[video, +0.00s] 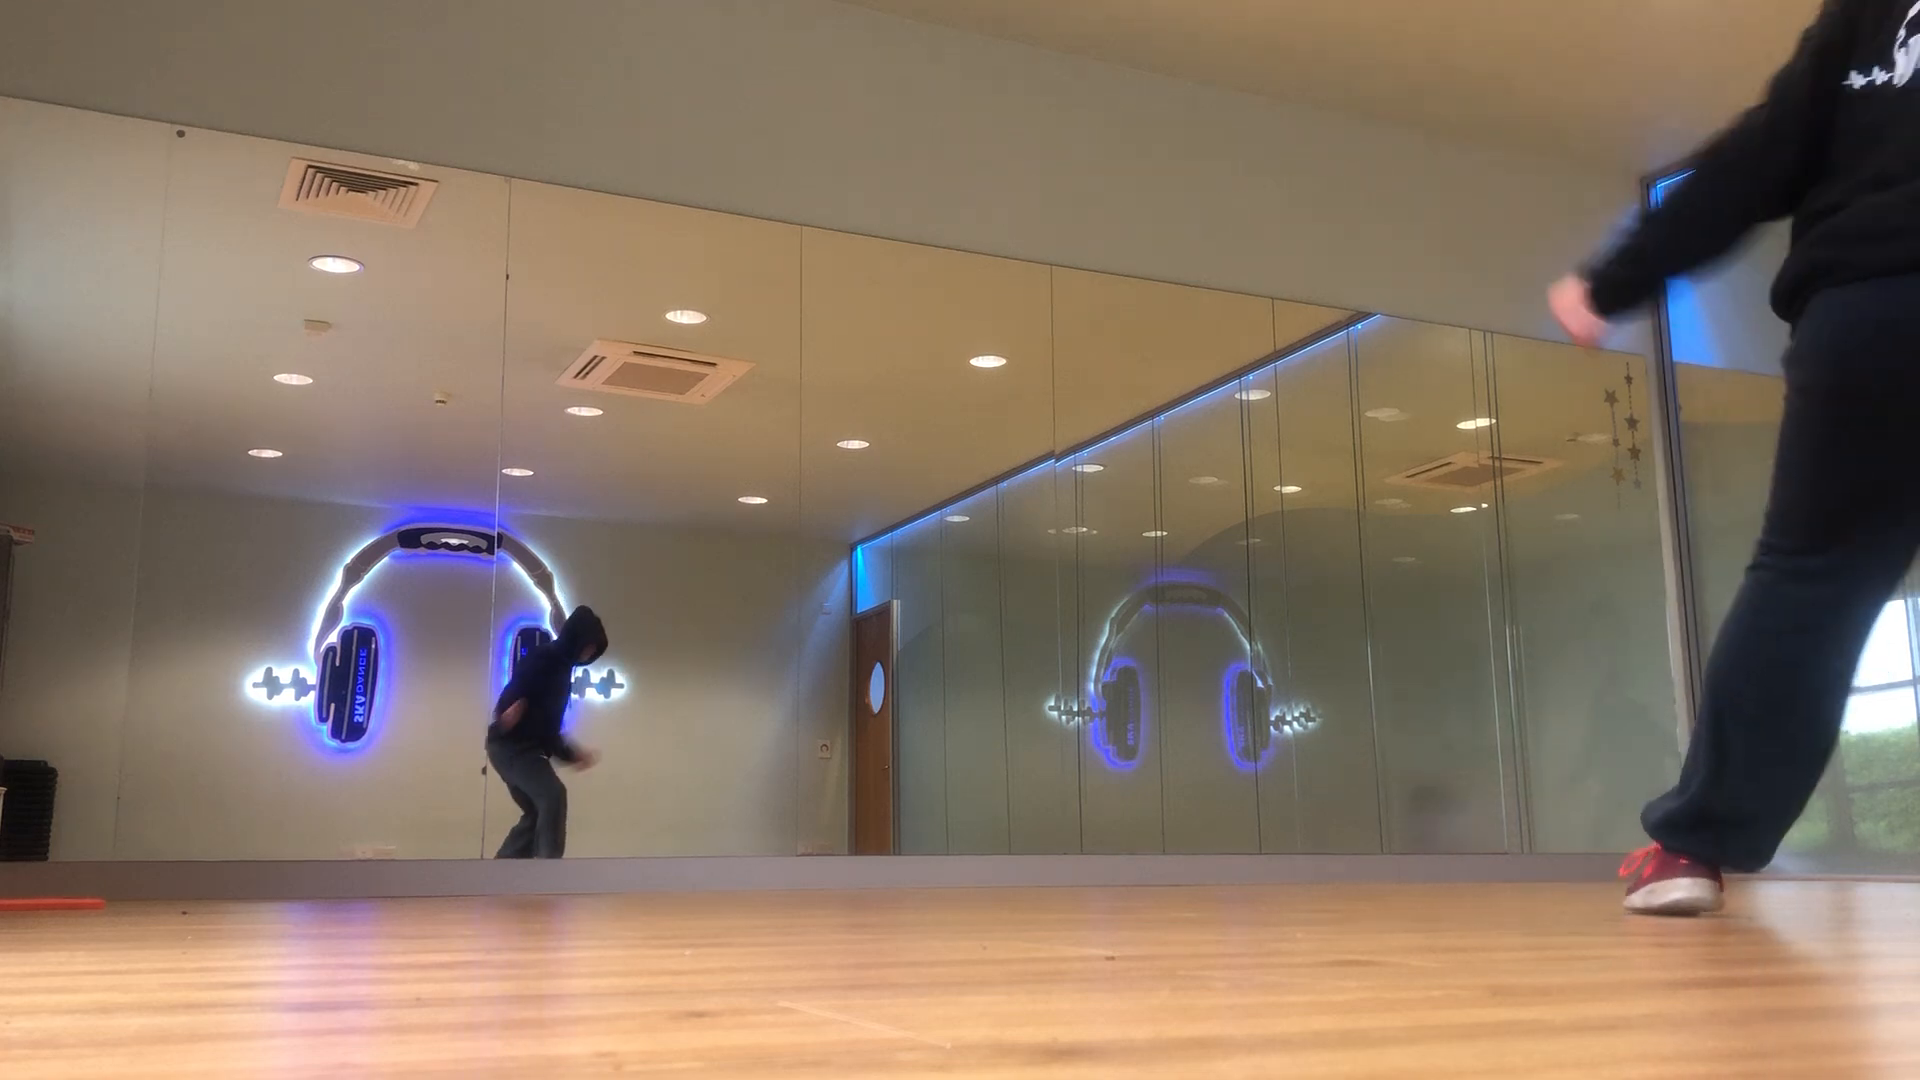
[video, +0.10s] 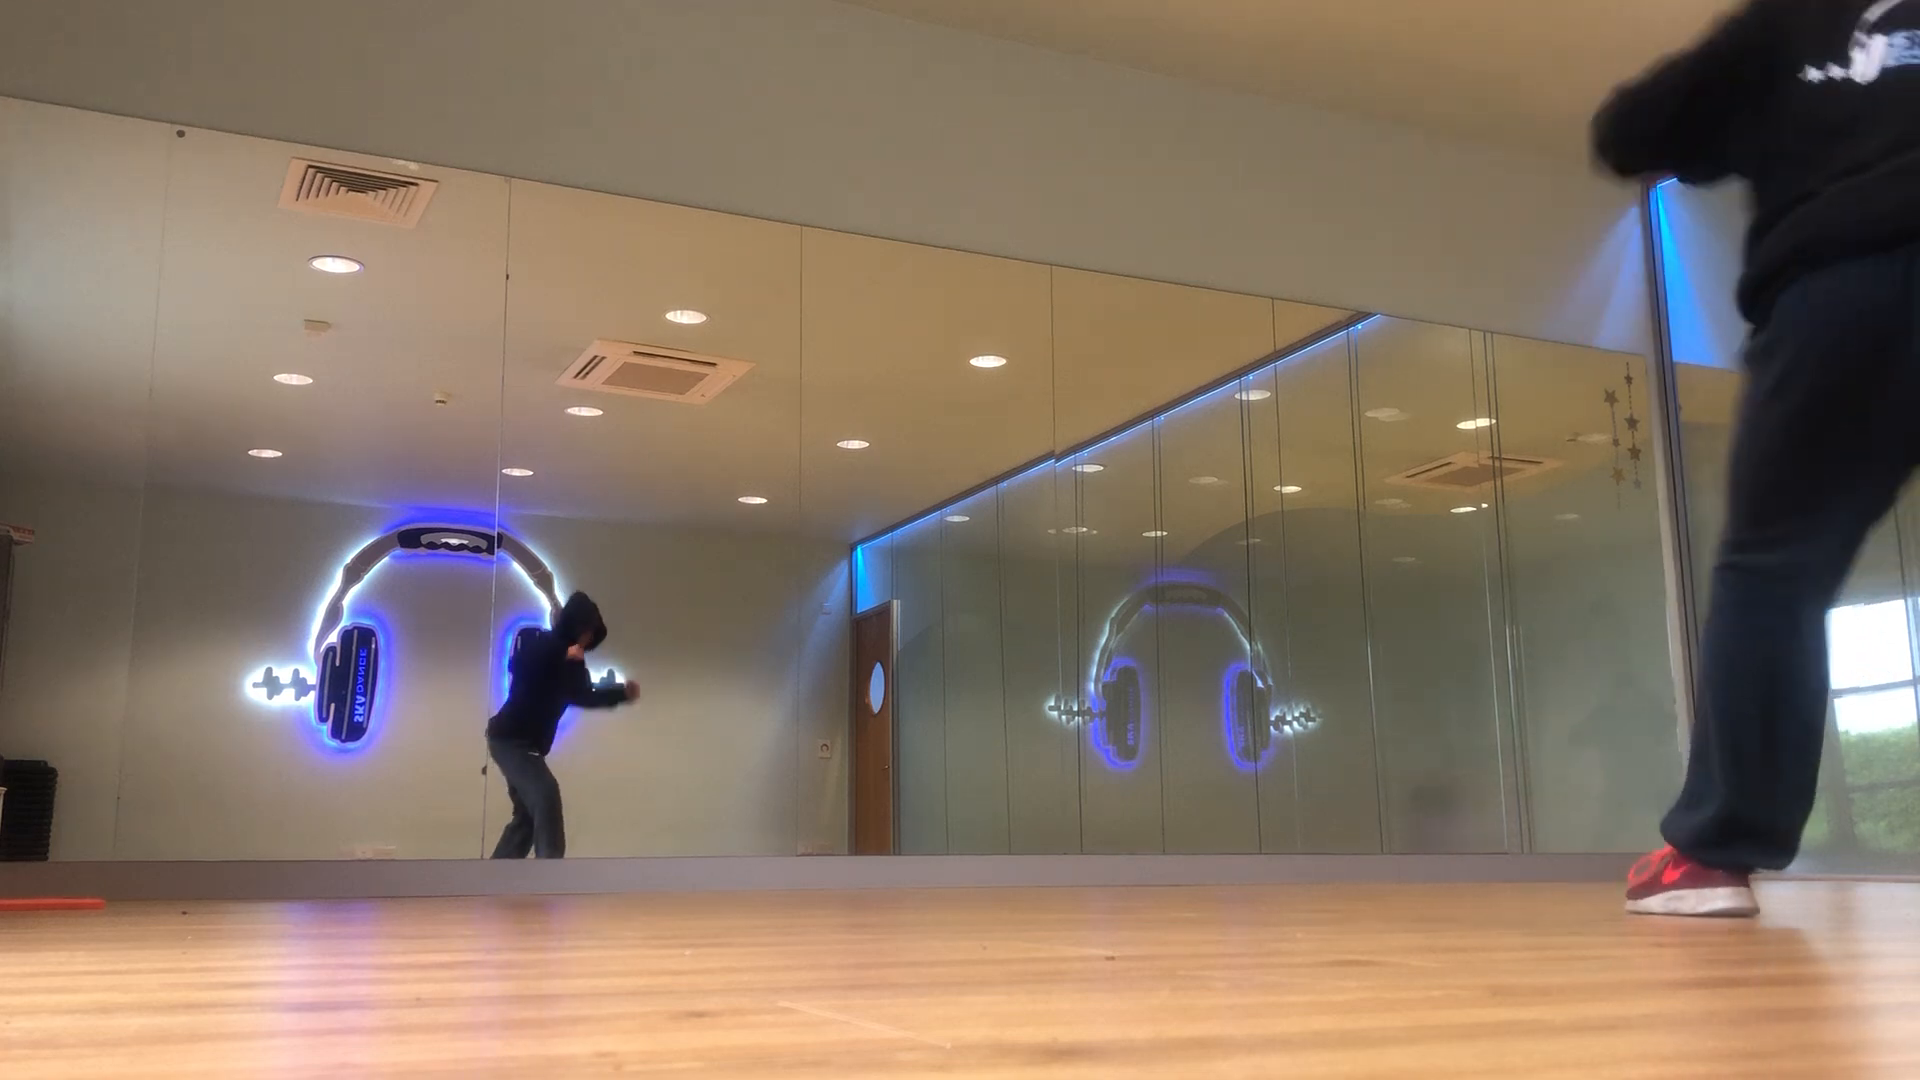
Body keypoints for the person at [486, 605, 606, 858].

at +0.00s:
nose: (590, 654)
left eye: (594, 650)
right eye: (590, 647)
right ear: (580, 640)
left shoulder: (562, 673)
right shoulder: (545, 655)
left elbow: (547, 732)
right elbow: (520, 682)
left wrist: (572, 755)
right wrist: (511, 710)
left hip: (525, 747)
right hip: (511, 743)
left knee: (536, 814)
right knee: (552, 793)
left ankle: (502, 872)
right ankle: (547, 869)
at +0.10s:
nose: (588, 639)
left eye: (591, 635)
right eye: (586, 632)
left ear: (591, 636)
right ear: (576, 626)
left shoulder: (574, 664)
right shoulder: (536, 641)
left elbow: (583, 696)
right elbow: (521, 668)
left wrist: (622, 693)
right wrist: (563, 657)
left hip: (529, 746)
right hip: (509, 739)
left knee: (527, 816)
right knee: (545, 793)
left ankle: (495, 875)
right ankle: (550, 872)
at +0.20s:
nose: (576, 610)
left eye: (581, 605)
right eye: (572, 603)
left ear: (583, 607)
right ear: (559, 601)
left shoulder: (579, 637)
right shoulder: (529, 631)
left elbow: (606, 679)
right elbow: (514, 672)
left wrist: (596, 683)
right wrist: (560, 665)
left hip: (557, 727)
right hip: (524, 724)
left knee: (548, 799)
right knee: (543, 795)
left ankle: (502, 858)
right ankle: (550, 869)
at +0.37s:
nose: (550, 595)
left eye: (556, 588)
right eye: (545, 588)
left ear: (565, 590)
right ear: (536, 590)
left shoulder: (585, 621)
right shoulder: (522, 624)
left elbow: (605, 670)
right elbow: (510, 672)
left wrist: (562, 671)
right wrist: (543, 651)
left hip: (582, 720)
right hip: (540, 722)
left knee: (600, 785)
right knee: (550, 796)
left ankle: (570, 798)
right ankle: (549, 869)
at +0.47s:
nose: (536, 594)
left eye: (541, 587)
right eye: (531, 589)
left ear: (553, 586)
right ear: (524, 591)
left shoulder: (576, 608)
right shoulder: (524, 620)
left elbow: (585, 650)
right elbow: (508, 653)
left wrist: (529, 655)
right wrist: (534, 625)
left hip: (591, 696)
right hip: (552, 706)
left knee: (578, 750)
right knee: (555, 783)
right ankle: (570, 856)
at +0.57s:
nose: (527, 600)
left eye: (530, 591)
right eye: (522, 595)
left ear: (543, 586)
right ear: (521, 595)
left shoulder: (569, 609)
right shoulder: (539, 622)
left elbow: (557, 651)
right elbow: (513, 652)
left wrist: (516, 656)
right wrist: (514, 626)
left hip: (595, 699)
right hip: (570, 709)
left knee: (565, 753)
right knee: (561, 790)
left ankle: (640, 767)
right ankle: (592, 869)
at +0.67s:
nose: (524, 600)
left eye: (524, 591)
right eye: (519, 597)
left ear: (538, 583)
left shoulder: (564, 605)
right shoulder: (553, 620)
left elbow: (539, 666)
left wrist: (524, 649)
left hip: (592, 692)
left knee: (551, 756)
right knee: (564, 788)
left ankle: (631, 751)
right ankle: (589, 866)